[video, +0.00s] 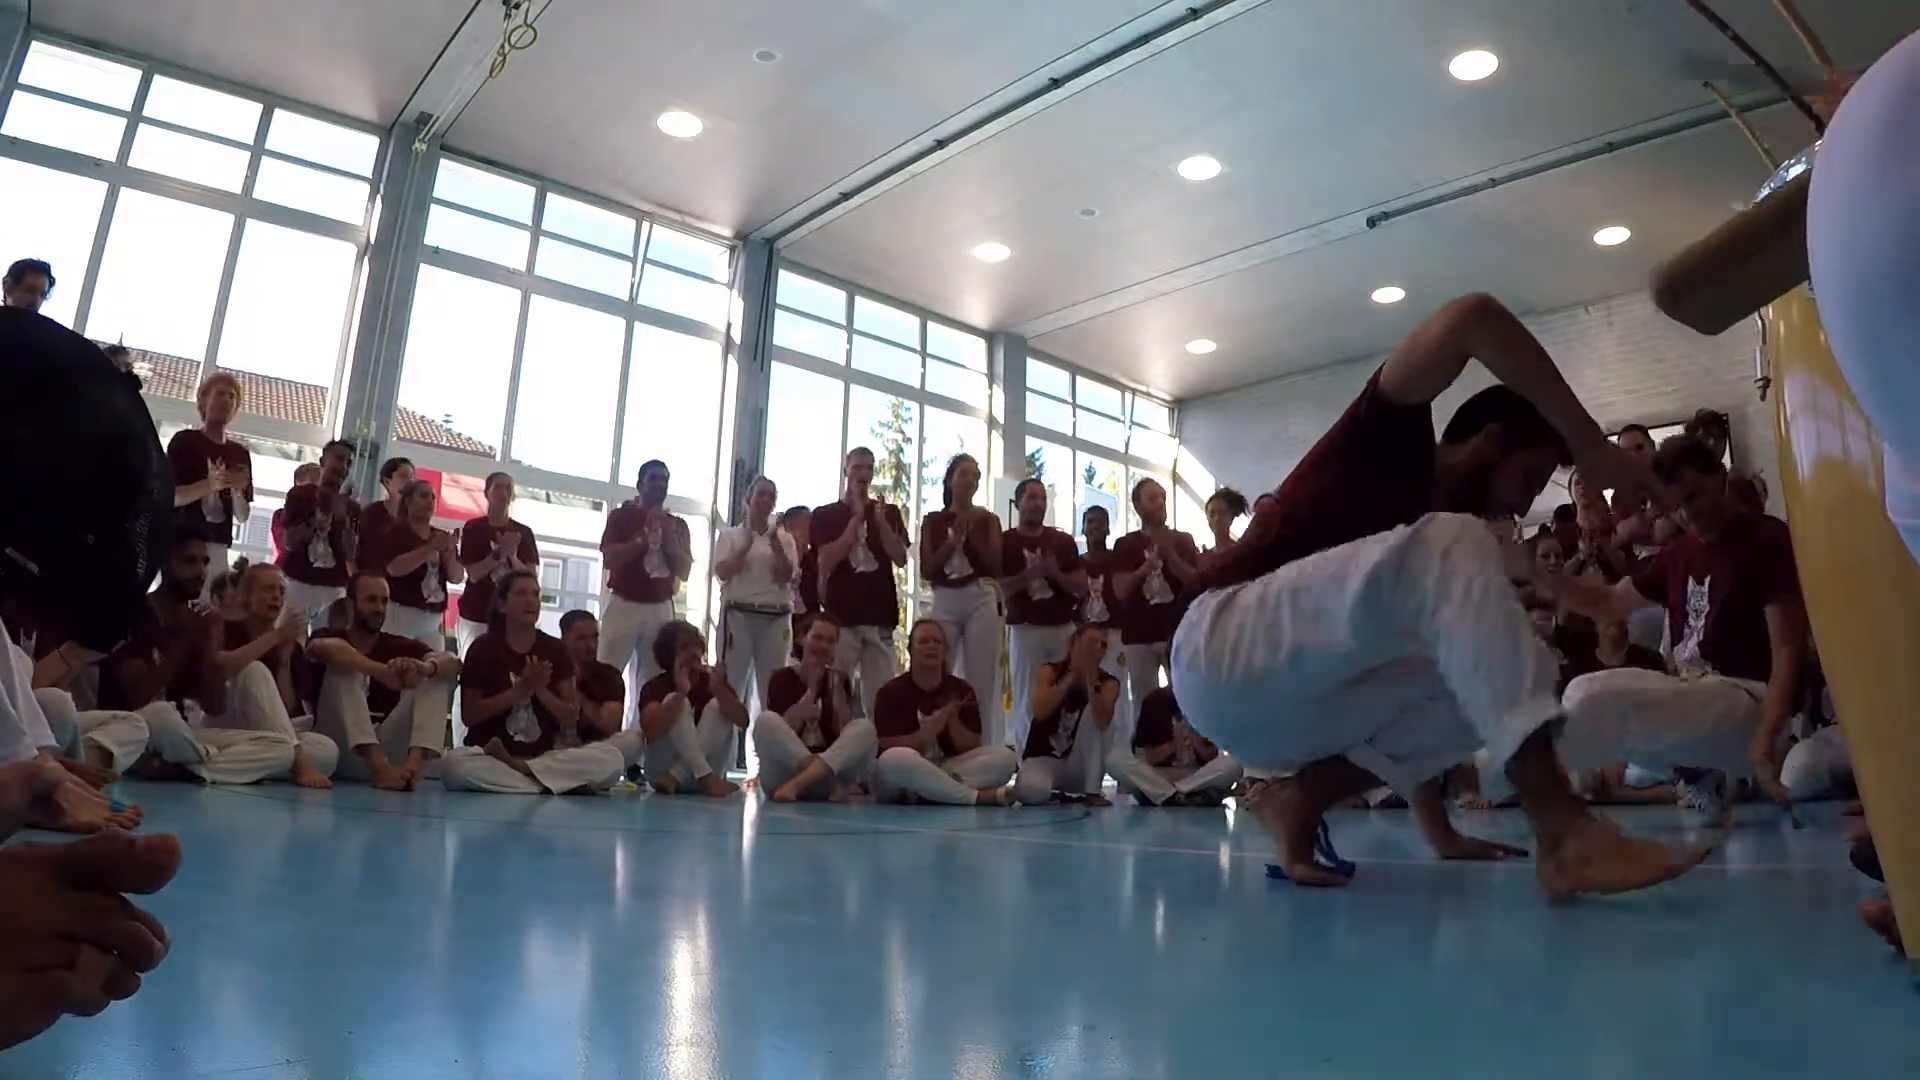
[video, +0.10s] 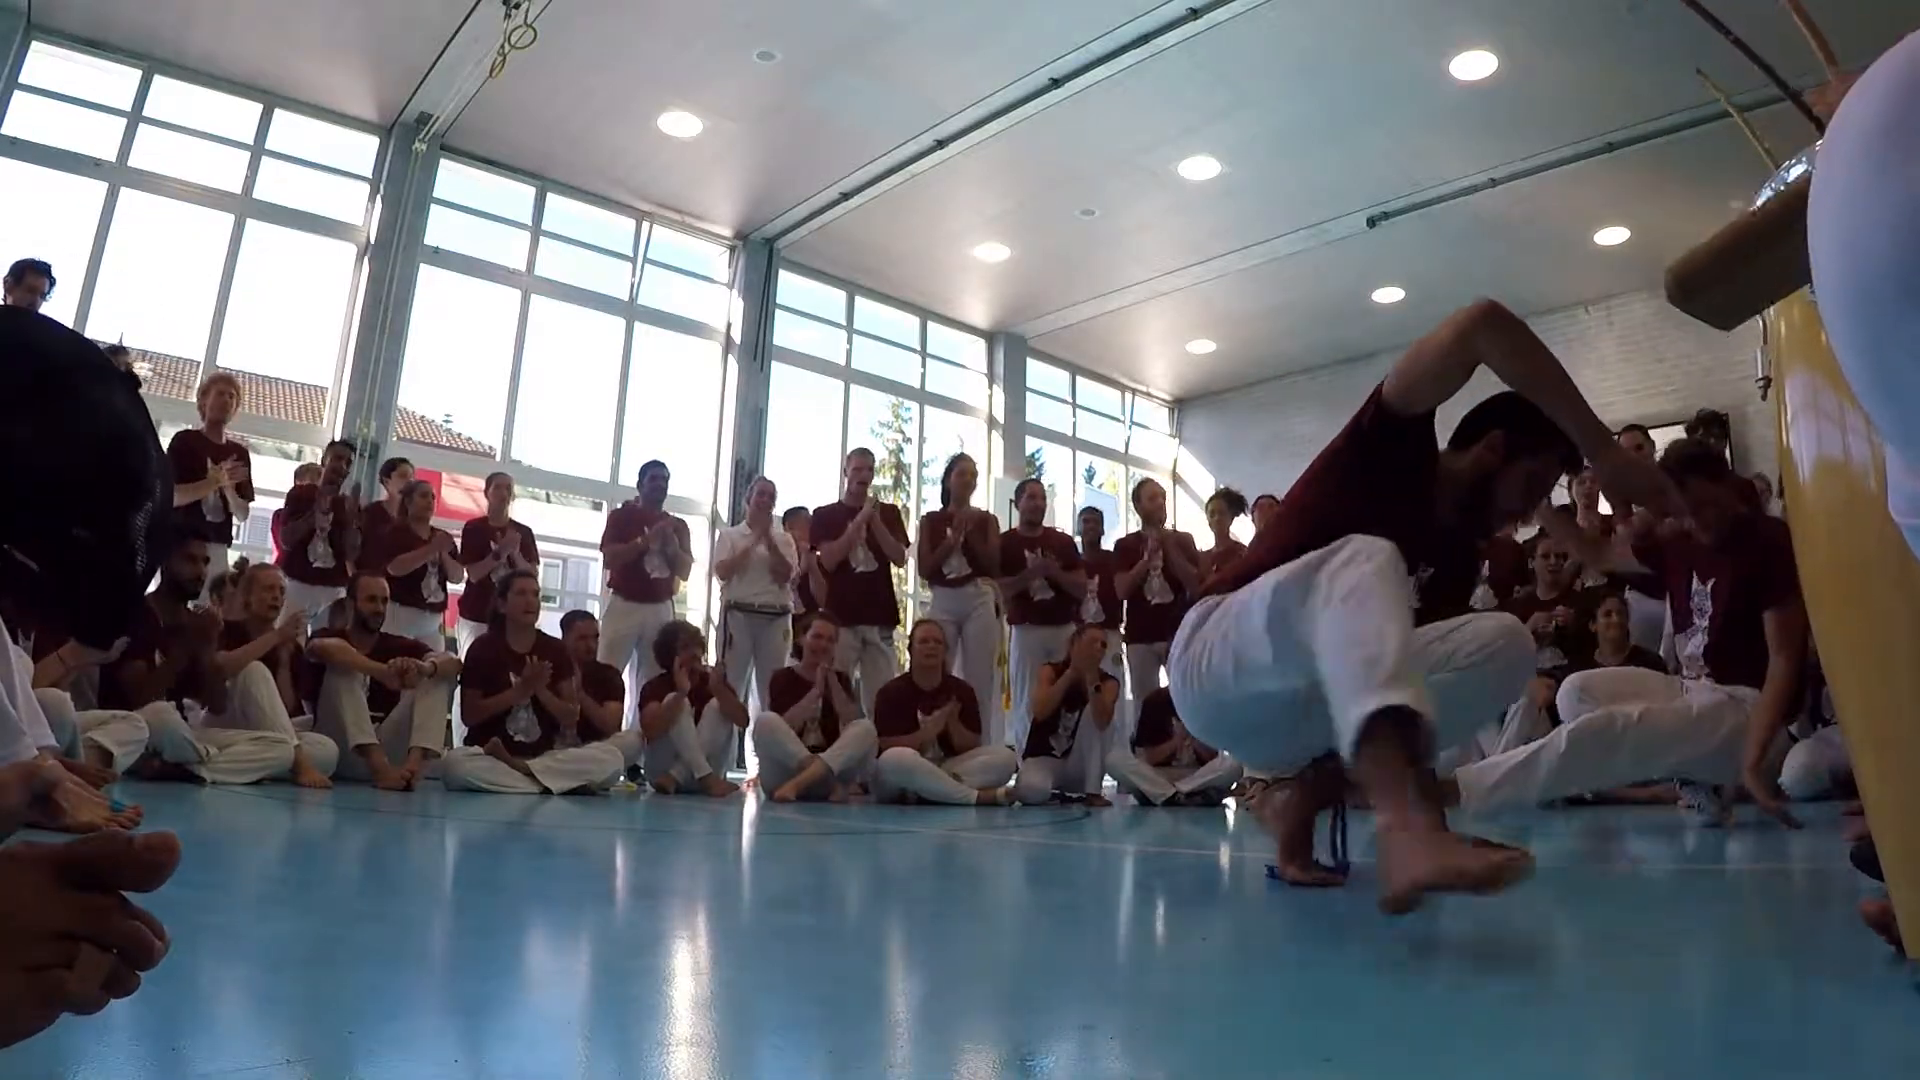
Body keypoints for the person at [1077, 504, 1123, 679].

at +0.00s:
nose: (1095, 526)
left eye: (1100, 522)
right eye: (1090, 522)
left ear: (1108, 529)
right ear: (1083, 529)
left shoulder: (1120, 562)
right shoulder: (1075, 564)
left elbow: (1124, 597)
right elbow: (1068, 600)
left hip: (1113, 628)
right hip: (1083, 628)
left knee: (1114, 687)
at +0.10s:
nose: (1090, 526)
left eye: (1095, 522)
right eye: (1085, 522)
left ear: (1102, 530)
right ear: (1078, 529)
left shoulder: (1115, 561)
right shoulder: (1071, 562)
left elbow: (1123, 594)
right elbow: (1065, 598)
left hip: (1109, 629)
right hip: (1077, 630)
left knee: (1112, 690)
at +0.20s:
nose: (1088, 526)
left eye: (1092, 522)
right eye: (1083, 522)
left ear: (1098, 530)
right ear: (1074, 528)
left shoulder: (1111, 559)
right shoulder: (1065, 559)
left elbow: (1118, 591)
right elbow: (1059, 596)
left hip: (1106, 630)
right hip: (1072, 630)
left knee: (1109, 688)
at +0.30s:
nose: (1083, 526)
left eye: (1088, 523)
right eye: (1078, 522)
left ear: (1093, 530)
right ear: (1070, 529)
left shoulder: (1110, 561)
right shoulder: (1060, 561)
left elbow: (1129, 594)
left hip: (1105, 631)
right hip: (1069, 632)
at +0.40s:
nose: (1081, 527)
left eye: (1086, 523)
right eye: (1075, 522)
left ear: (1090, 529)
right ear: (1066, 529)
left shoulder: (1108, 561)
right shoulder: (1058, 562)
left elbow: (1126, 595)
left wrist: (1136, 625)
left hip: (1104, 631)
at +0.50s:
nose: (1079, 528)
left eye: (1083, 524)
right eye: (1073, 523)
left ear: (1088, 531)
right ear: (1065, 531)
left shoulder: (1108, 562)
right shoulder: (1058, 565)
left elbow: (1124, 601)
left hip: (1105, 632)